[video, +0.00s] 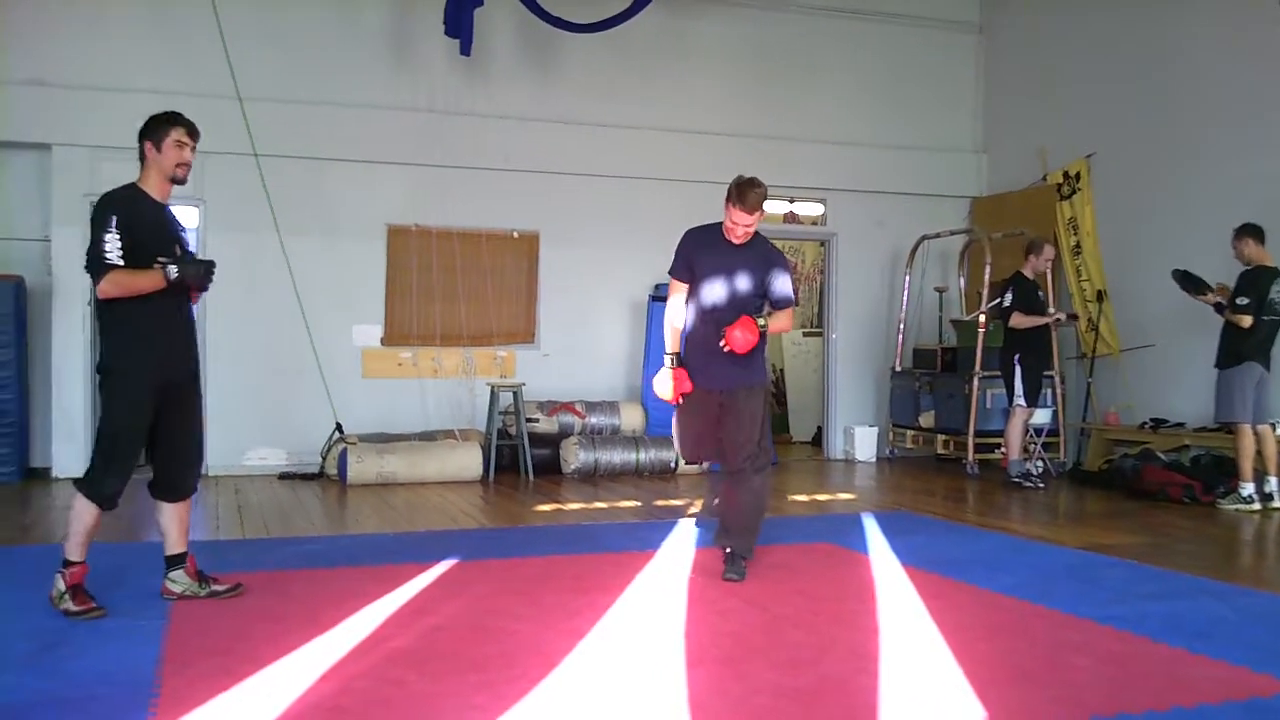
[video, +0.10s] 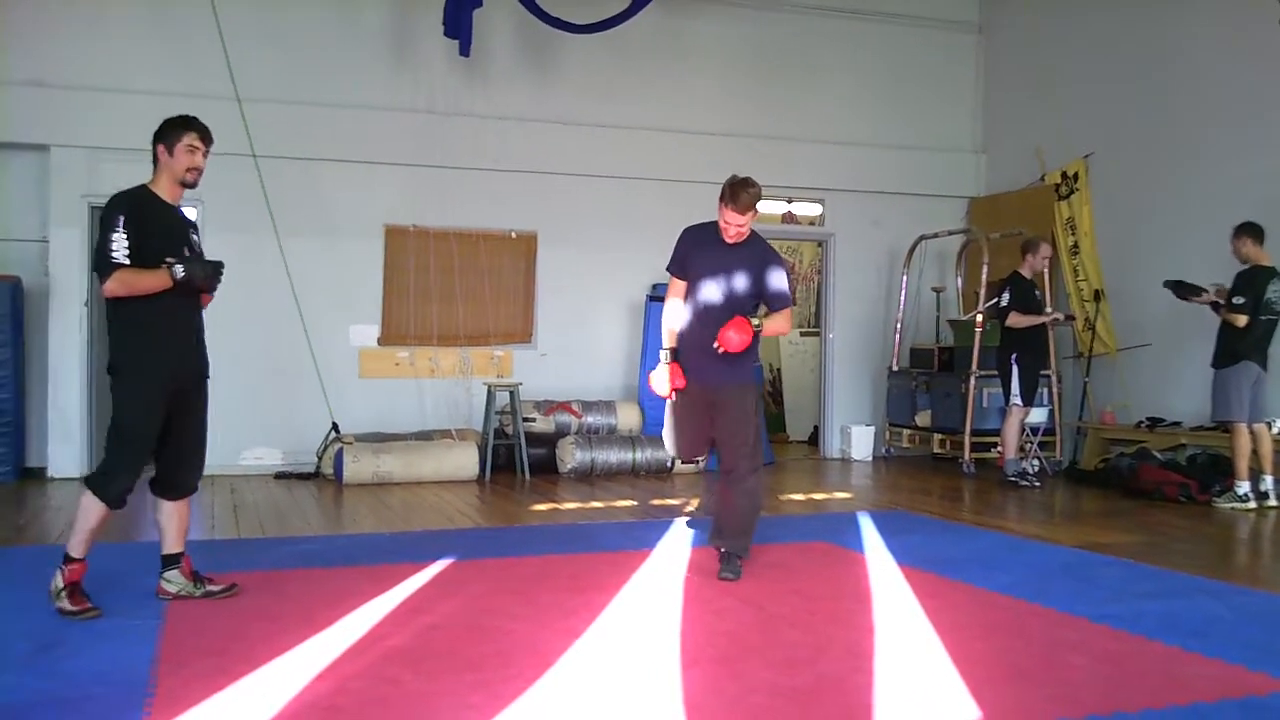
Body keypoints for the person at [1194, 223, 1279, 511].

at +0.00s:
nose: (1235, 254)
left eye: (1236, 248)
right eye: (1234, 249)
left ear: (1248, 243)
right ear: (1256, 242)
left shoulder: (1251, 276)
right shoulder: (1274, 275)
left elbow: (1244, 319)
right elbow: (1257, 316)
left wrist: (1216, 304)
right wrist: (1232, 297)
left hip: (1240, 360)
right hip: (1262, 360)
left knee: (1242, 426)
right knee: (1263, 425)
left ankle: (1246, 491)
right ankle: (1272, 489)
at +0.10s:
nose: (1233, 251)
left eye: (1234, 245)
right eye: (1233, 246)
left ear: (1246, 242)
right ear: (1256, 241)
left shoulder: (1249, 276)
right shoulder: (1272, 275)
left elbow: (1239, 319)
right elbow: (1255, 316)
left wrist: (1215, 304)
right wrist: (1229, 298)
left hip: (1237, 360)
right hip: (1258, 359)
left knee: (1238, 425)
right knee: (1259, 424)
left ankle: (1242, 490)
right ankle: (1268, 488)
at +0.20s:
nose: (1235, 248)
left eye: (1236, 243)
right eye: (1235, 243)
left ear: (1247, 240)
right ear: (1258, 240)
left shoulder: (1246, 276)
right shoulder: (1272, 275)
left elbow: (1238, 318)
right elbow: (1256, 311)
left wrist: (1216, 307)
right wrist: (1227, 300)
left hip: (1236, 359)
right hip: (1258, 359)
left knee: (1238, 424)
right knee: (1259, 423)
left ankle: (1242, 489)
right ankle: (1268, 488)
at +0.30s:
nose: (1236, 246)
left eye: (1238, 241)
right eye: (1237, 241)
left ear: (1249, 240)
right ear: (1260, 240)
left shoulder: (1245, 276)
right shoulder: (1273, 276)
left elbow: (1238, 318)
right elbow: (1258, 314)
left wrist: (1214, 309)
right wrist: (1226, 304)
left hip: (1237, 359)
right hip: (1259, 358)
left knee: (1238, 424)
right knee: (1260, 423)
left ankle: (1242, 489)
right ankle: (1269, 488)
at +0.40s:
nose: (1230, 243)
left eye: (1232, 237)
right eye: (1231, 237)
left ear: (1243, 236)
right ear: (1255, 236)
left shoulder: (1238, 272)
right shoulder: (1271, 274)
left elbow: (1231, 314)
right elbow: (1253, 313)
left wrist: (1211, 308)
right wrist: (1219, 302)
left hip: (1230, 354)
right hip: (1252, 355)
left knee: (1232, 420)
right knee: (1253, 418)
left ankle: (1235, 485)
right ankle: (1261, 484)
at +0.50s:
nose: (1221, 218)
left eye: (1224, 213)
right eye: (1222, 213)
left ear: (1236, 213)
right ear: (1246, 213)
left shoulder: (1229, 247)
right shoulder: (1264, 251)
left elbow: (1221, 289)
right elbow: (1246, 288)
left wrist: (1201, 283)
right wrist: (1209, 278)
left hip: (1221, 328)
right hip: (1244, 328)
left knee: (1223, 391)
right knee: (1245, 390)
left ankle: (1226, 455)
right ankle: (1253, 453)